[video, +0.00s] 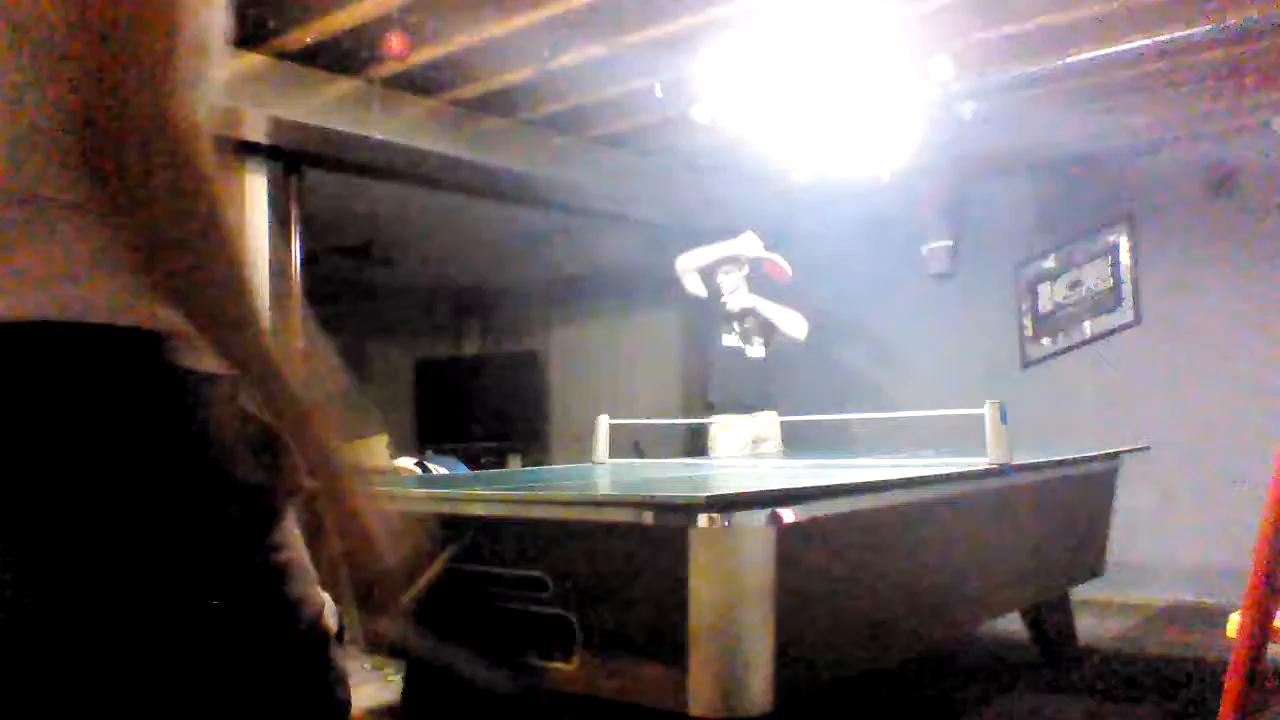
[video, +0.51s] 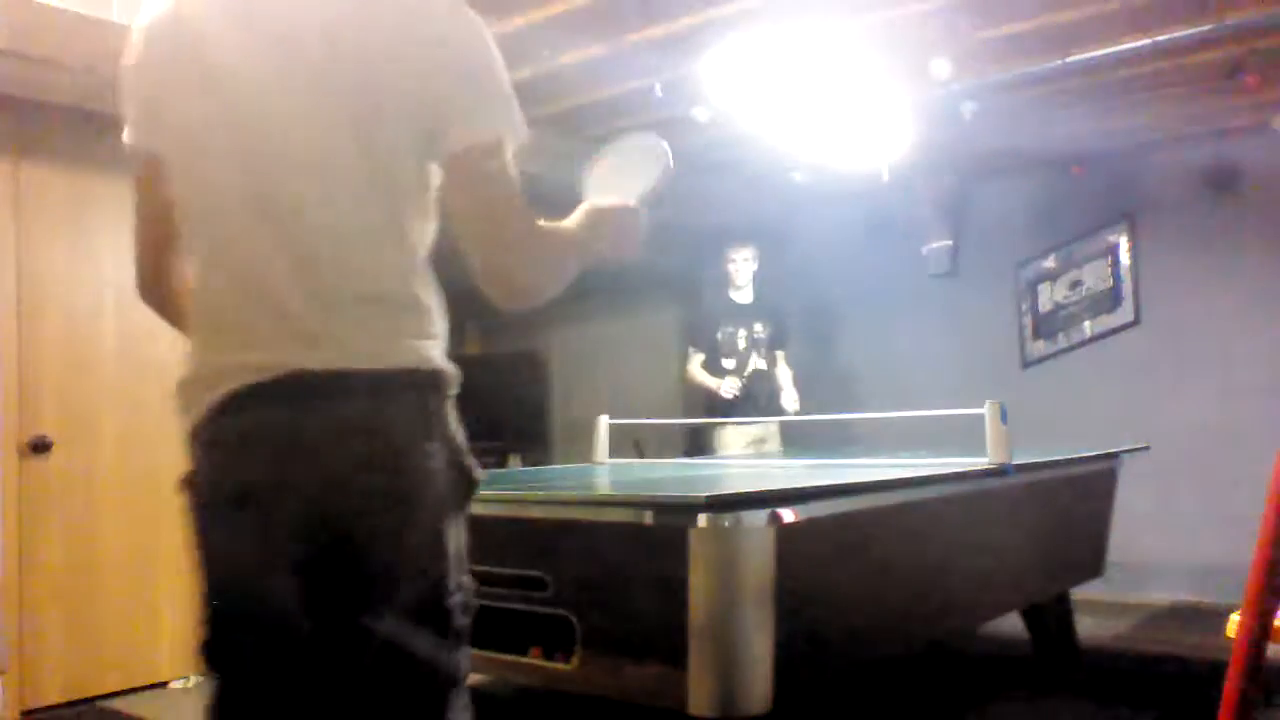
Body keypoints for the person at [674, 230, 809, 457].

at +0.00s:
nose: (719, 279)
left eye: (727, 272)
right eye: (716, 273)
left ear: (744, 271)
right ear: (711, 276)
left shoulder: (763, 310)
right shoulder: (709, 307)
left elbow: (800, 331)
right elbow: (683, 265)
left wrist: (752, 301)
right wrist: (736, 246)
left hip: (765, 415)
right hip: (725, 416)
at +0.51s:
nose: (739, 267)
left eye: (745, 260)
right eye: (732, 261)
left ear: (755, 264)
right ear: (724, 266)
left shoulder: (771, 312)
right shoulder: (711, 312)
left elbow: (780, 362)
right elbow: (692, 367)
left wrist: (787, 389)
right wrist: (718, 384)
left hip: (768, 420)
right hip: (729, 423)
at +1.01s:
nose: (751, 265)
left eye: (758, 258)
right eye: (744, 259)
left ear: (767, 263)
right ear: (734, 265)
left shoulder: (786, 310)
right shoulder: (723, 314)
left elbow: (799, 365)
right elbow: (712, 376)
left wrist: (825, 398)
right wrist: (749, 392)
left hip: (786, 428)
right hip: (742, 430)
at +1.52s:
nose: (829, 257)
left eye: (836, 250)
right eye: (821, 251)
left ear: (846, 255)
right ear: (812, 258)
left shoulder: (864, 305)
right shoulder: (800, 311)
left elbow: (874, 366)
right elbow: (797, 363)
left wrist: (847, 413)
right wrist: (783, 395)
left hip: (863, 422)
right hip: (817, 424)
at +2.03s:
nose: (848, 277)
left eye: (852, 269)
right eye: (845, 271)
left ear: (872, 262)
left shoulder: (894, 301)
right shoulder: (879, 303)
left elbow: (891, 367)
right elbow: (878, 368)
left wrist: (845, 411)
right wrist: (841, 411)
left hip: (921, 414)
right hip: (909, 413)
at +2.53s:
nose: (864, 270)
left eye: (869, 261)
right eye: (860, 264)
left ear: (889, 256)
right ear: (858, 266)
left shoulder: (921, 294)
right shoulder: (880, 314)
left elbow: (928, 358)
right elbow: (892, 374)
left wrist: (884, 402)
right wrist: (878, 412)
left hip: (947, 412)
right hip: (916, 418)